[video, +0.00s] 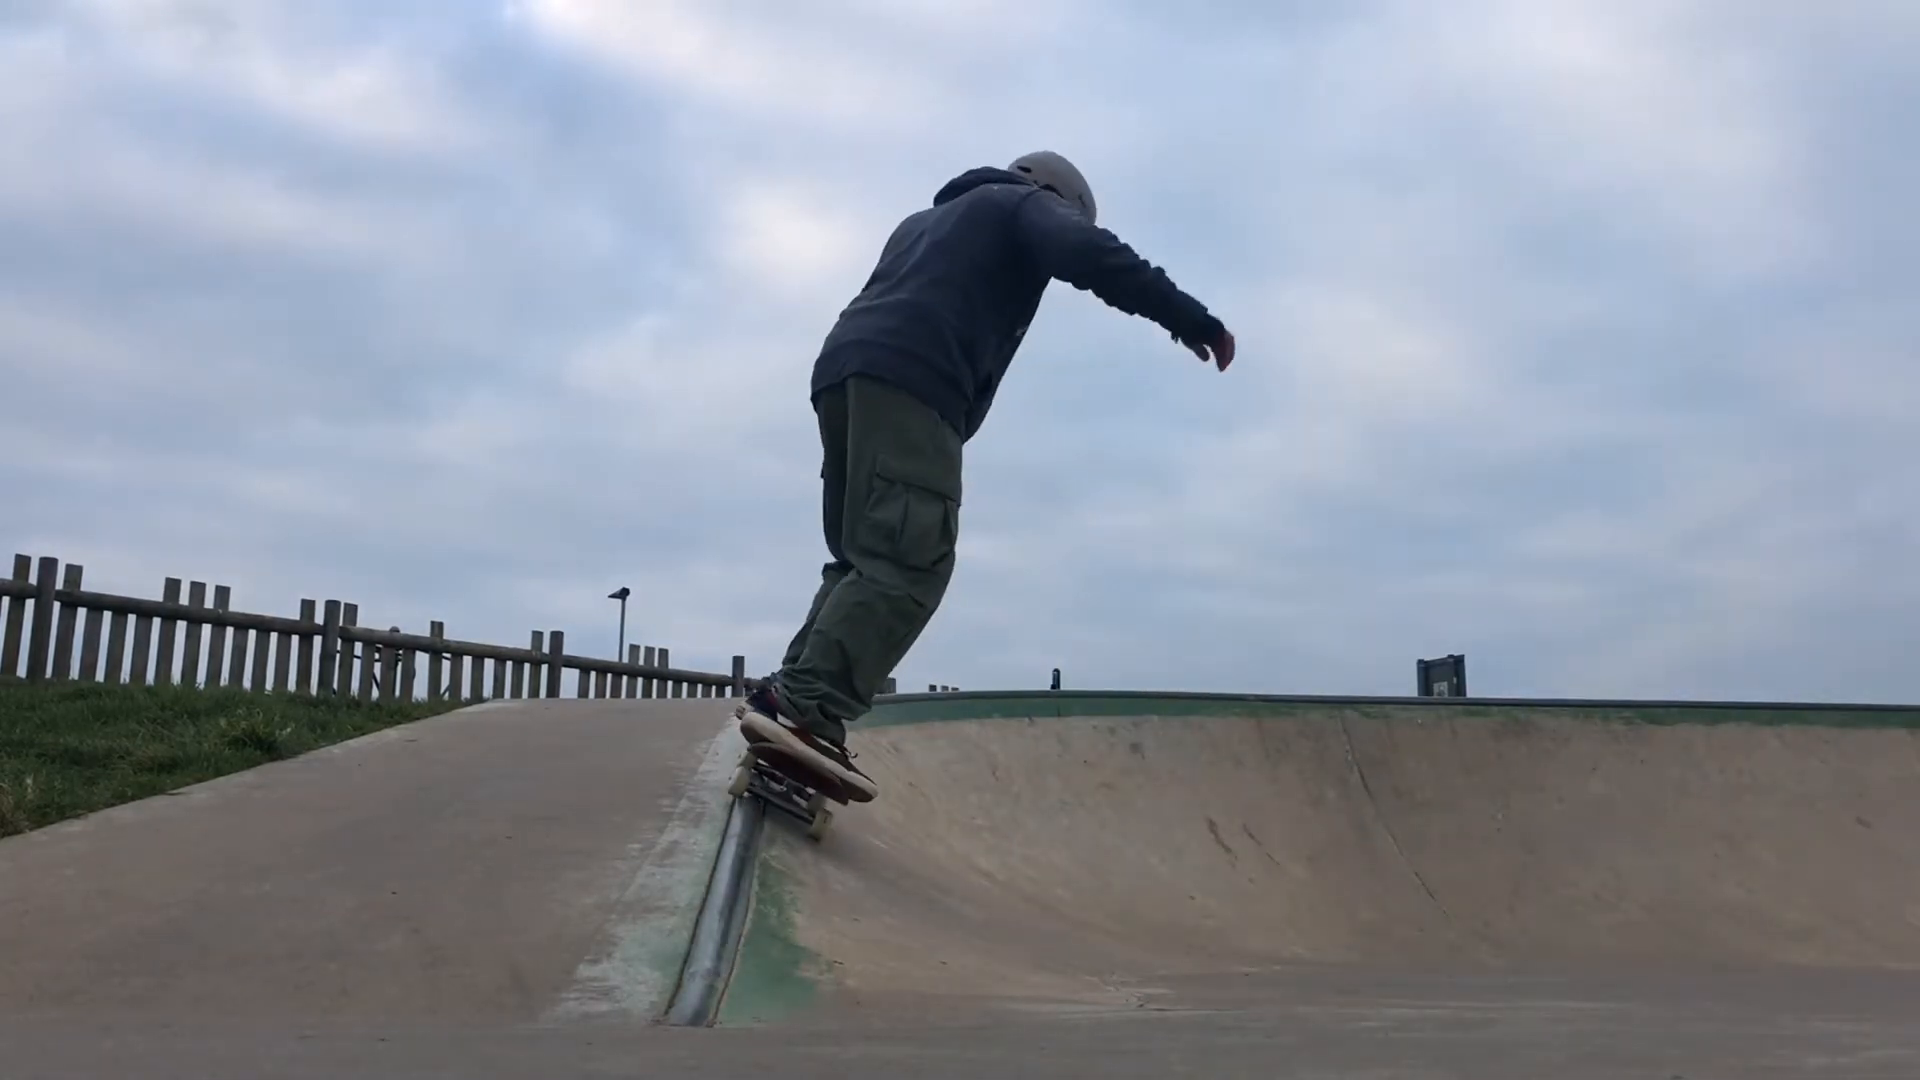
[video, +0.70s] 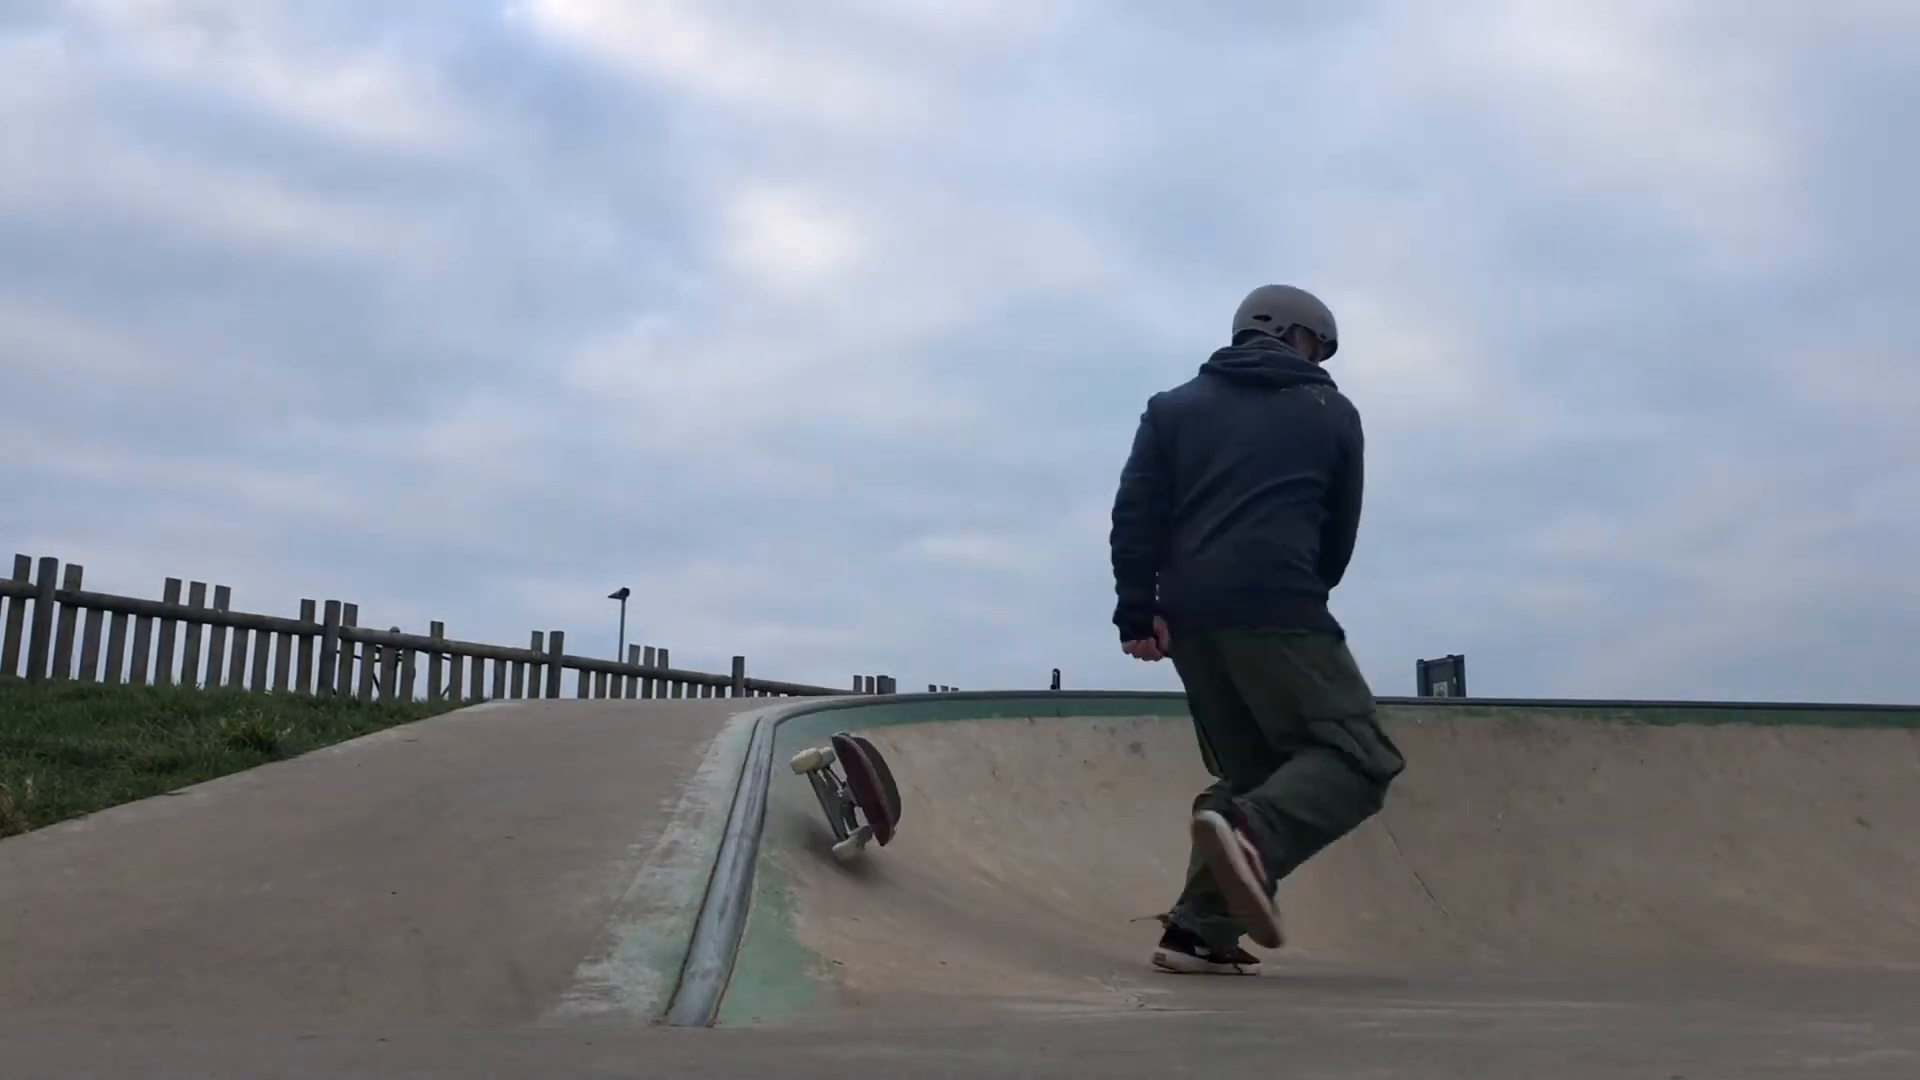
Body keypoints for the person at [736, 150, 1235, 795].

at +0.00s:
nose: (1073, 225)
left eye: (1075, 217)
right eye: (1074, 214)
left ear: (1018, 174)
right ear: (1055, 193)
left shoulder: (927, 218)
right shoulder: (1023, 201)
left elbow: (885, 292)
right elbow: (1091, 251)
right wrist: (1191, 318)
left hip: (843, 367)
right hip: (910, 373)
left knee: (861, 559)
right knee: (909, 561)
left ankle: (793, 698)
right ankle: (809, 709)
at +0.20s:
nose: (1099, 230)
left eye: (1100, 224)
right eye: (1098, 222)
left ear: (1038, 192)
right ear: (1080, 205)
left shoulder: (956, 239)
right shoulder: (1056, 217)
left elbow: (882, 335)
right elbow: (1156, 221)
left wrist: (869, 426)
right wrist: (1250, 252)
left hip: (878, 380)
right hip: (952, 379)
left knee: (890, 570)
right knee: (977, 564)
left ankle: (800, 695)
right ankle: (863, 684)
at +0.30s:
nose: (1135, 230)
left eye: (1132, 223)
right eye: (1131, 222)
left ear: (1062, 205)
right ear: (1111, 212)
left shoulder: (980, 258)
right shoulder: (1101, 227)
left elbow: (881, 358)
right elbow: (1206, 233)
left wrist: (848, 451)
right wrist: (1262, 274)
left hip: (923, 408)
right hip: (1000, 403)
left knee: (956, 586)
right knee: (1037, 583)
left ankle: (849, 688)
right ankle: (938, 733)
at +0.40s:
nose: (1167, 268)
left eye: (1164, 259)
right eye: (1165, 259)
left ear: (1089, 239)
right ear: (1148, 249)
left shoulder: (1010, 297)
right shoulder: (1150, 274)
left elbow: (901, 361)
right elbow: (1256, 295)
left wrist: (833, 445)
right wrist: (1305, 317)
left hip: (976, 471)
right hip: (1051, 469)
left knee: (1016, 629)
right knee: (1057, 642)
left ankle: (944, 747)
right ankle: (973, 846)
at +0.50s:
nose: (1201, 313)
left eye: (1195, 302)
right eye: (1199, 302)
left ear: (1122, 286)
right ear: (1187, 297)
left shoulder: (1054, 348)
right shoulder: (1202, 352)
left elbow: (952, 404)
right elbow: (1300, 430)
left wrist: (866, 463)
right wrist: (1370, 441)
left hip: (1036, 547)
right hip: (1112, 548)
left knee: (1122, 715)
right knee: (1084, 715)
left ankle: (1115, 891)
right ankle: (952, 846)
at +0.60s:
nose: (1253, 342)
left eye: (1253, 334)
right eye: (1252, 332)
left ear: (1175, 319)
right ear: (1234, 324)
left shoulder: (1114, 385)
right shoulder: (1260, 391)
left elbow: (1056, 446)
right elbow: (1299, 496)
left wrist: (1012, 509)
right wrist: (1297, 579)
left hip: (1113, 595)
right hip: (1196, 594)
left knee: (1197, 761)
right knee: (1212, 763)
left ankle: (1196, 931)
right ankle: (1054, 822)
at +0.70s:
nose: (1325, 360)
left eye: (1326, 351)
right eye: (1323, 348)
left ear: (1244, 334)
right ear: (1300, 339)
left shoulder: (1171, 406)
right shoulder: (1331, 411)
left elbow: (1134, 511)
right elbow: (1338, 537)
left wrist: (1136, 608)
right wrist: (1297, 593)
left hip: (1187, 612)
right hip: (1278, 607)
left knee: (1249, 777)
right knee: (1360, 754)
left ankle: (1198, 933)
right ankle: (1256, 834)